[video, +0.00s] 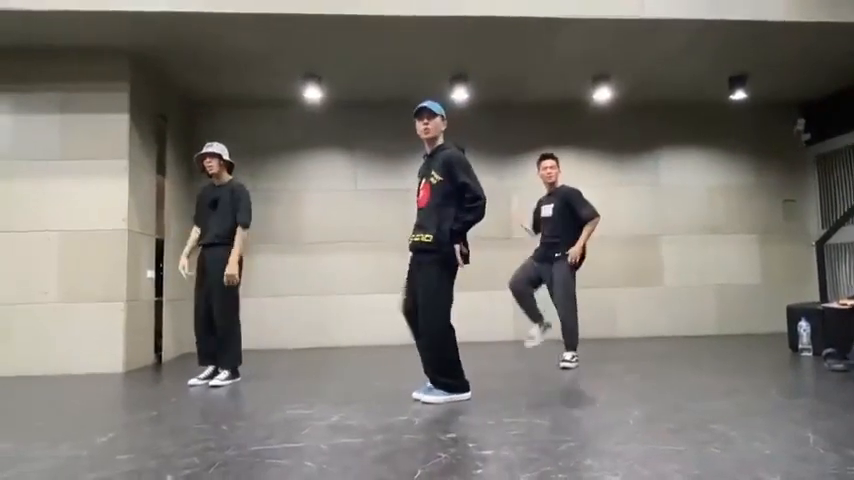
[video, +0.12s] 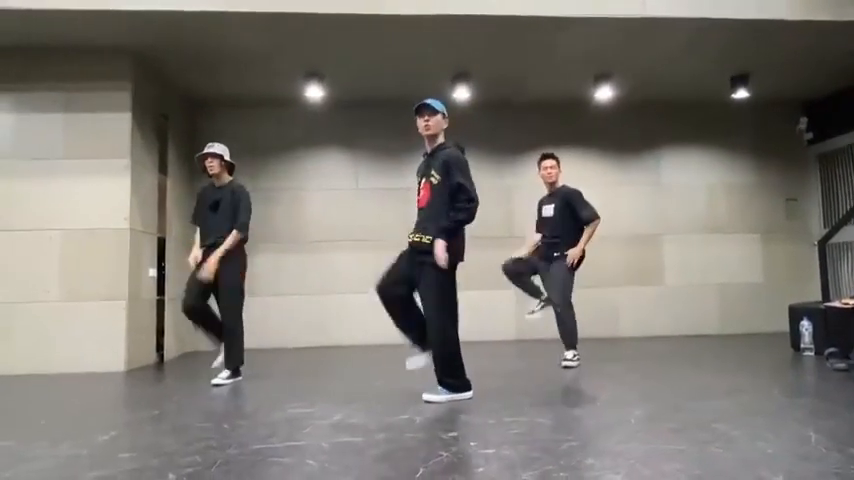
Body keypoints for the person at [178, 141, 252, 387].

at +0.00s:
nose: (207, 163)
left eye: (212, 159)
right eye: (205, 160)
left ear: (223, 161)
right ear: (203, 165)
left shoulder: (238, 190)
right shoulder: (205, 192)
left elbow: (242, 229)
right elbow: (198, 227)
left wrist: (233, 262)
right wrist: (185, 253)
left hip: (225, 254)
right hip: (206, 254)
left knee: (224, 311)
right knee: (204, 310)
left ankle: (229, 368)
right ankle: (210, 364)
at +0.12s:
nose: (209, 164)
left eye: (213, 159)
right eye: (206, 160)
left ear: (225, 162)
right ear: (204, 165)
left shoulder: (239, 191)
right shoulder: (205, 192)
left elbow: (239, 231)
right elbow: (200, 224)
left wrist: (215, 257)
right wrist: (196, 248)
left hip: (230, 254)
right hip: (208, 253)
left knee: (230, 312)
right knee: (192, 305)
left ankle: (233, 367)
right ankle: (225, 338)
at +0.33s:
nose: (205, 159)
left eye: (210, 155)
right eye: (203, 156)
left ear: (222, 158)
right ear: (201, 161)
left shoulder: (236, 187)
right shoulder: (205, 189)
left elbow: (243, 223)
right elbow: (205, 225)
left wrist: (232, 241)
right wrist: (192, 244)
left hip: (226, 254)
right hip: (204, 253)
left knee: (228, 313)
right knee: (177, 297)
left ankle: (236, 366)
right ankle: (215, 322)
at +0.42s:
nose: (203, 160)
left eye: (208, 156)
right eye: (201, 157)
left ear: (220, 159)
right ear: (201, 162)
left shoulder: (234, 187)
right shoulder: (205, 191)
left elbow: (247, 221)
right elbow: (202, 230)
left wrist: (248, 245)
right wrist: (181, 252)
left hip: (225, 252)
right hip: (202, 252)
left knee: (226, 309)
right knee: (190, 307)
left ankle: (234, 365)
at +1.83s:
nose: (225, 153)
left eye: (230, 149)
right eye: (222, 149)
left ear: (240, 154)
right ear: (217, 154)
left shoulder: (249, 185)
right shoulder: (208, 184)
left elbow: (252, 223)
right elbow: (201, 217)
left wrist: (227, 244)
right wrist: (200, 246)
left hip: (240, 252)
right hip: (213, 251)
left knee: (245, 305)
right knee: (203, 302)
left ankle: (257, 357)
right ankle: (197, 355)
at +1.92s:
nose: (228, 150)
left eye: (233, 146)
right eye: (225, 146)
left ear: (243, 151)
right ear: (221, 151)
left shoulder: (254, 182)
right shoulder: (212, 180)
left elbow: (257, 220)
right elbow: (205, 209)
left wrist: (225, 228)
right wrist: (202, 230)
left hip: (243, 250)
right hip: (218, 249)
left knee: (250, 304)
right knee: (202, 296)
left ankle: (258, 357)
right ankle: (226, 338)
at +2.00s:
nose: (230, 150)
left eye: (234, 146)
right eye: (226, 146)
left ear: (244, 151)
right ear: (222, 151)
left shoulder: (255, 182)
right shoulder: (214, 180)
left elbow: (259, 220)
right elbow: (206, 208)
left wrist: (228, 227)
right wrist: (203, 225)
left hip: (244, 249)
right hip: (220, 248)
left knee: (252, 305)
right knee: (206, 294)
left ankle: (259, 357)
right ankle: (244, 315)